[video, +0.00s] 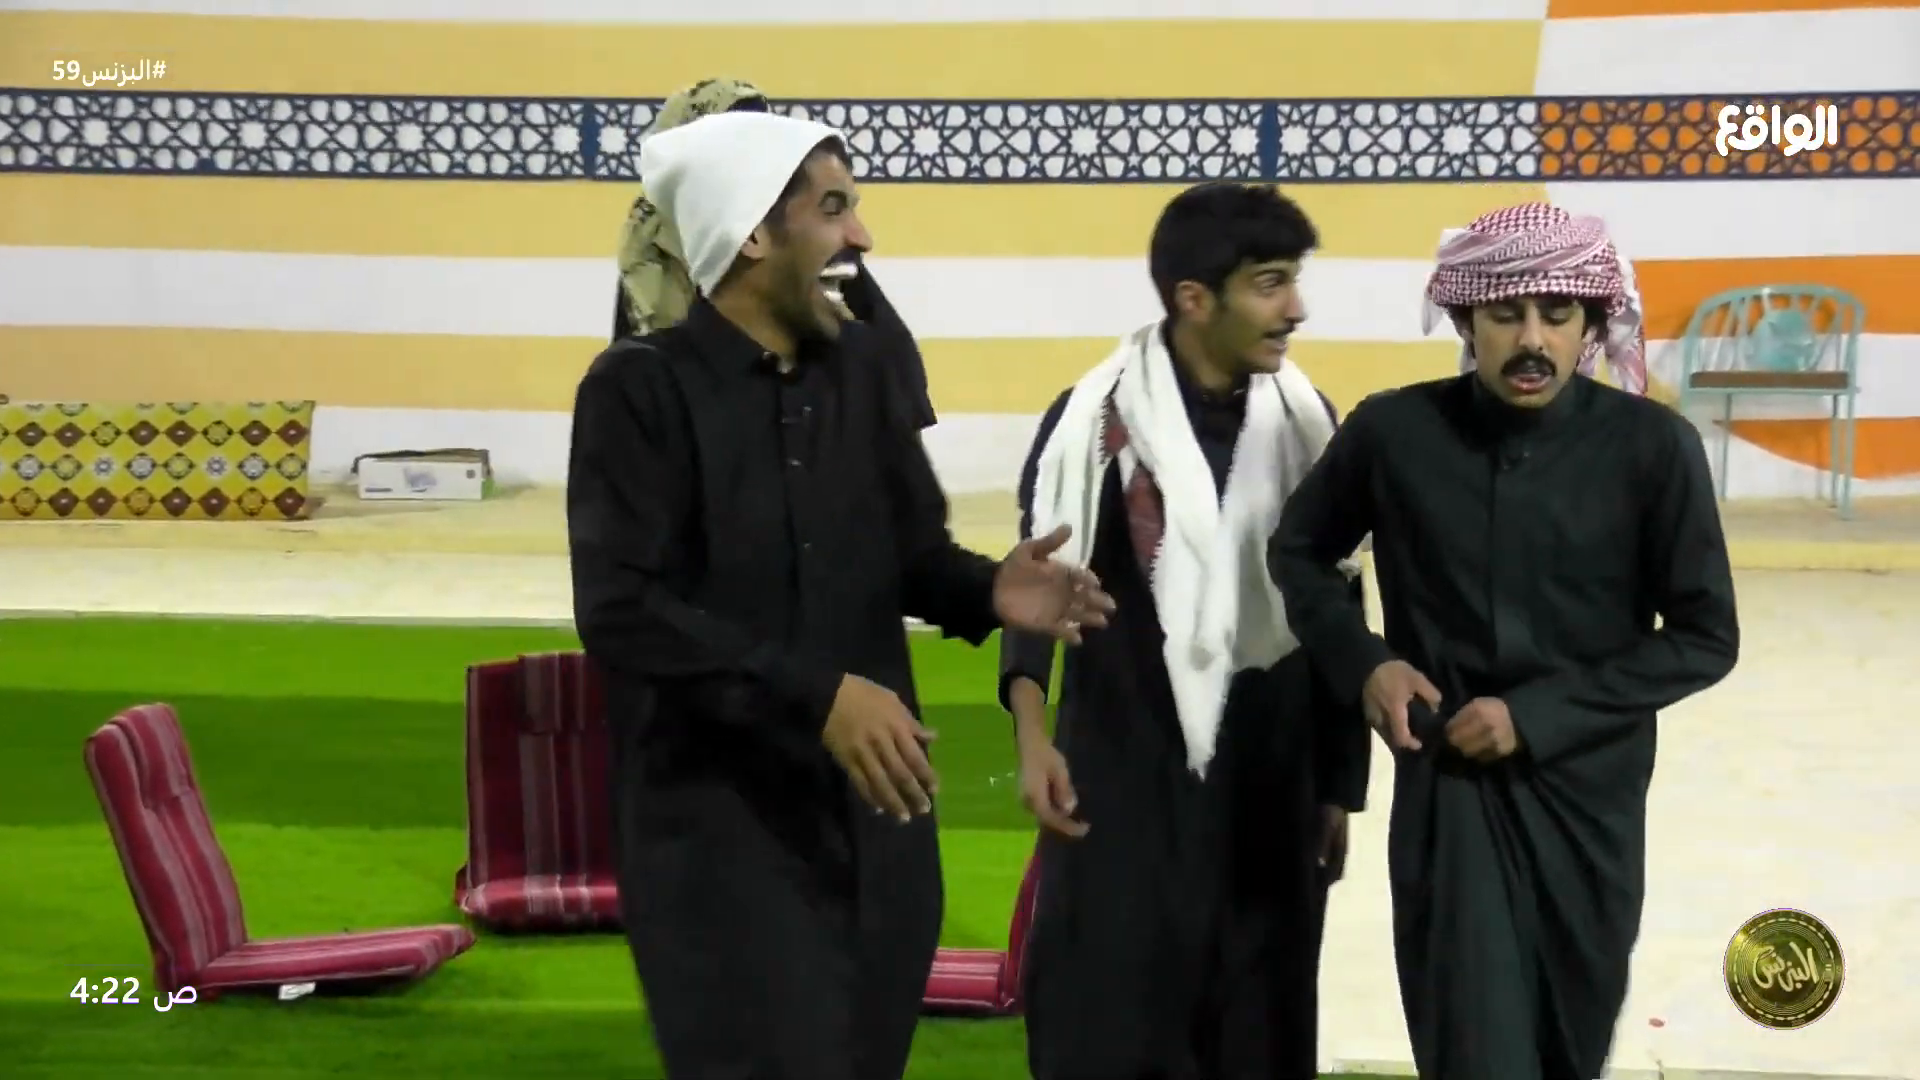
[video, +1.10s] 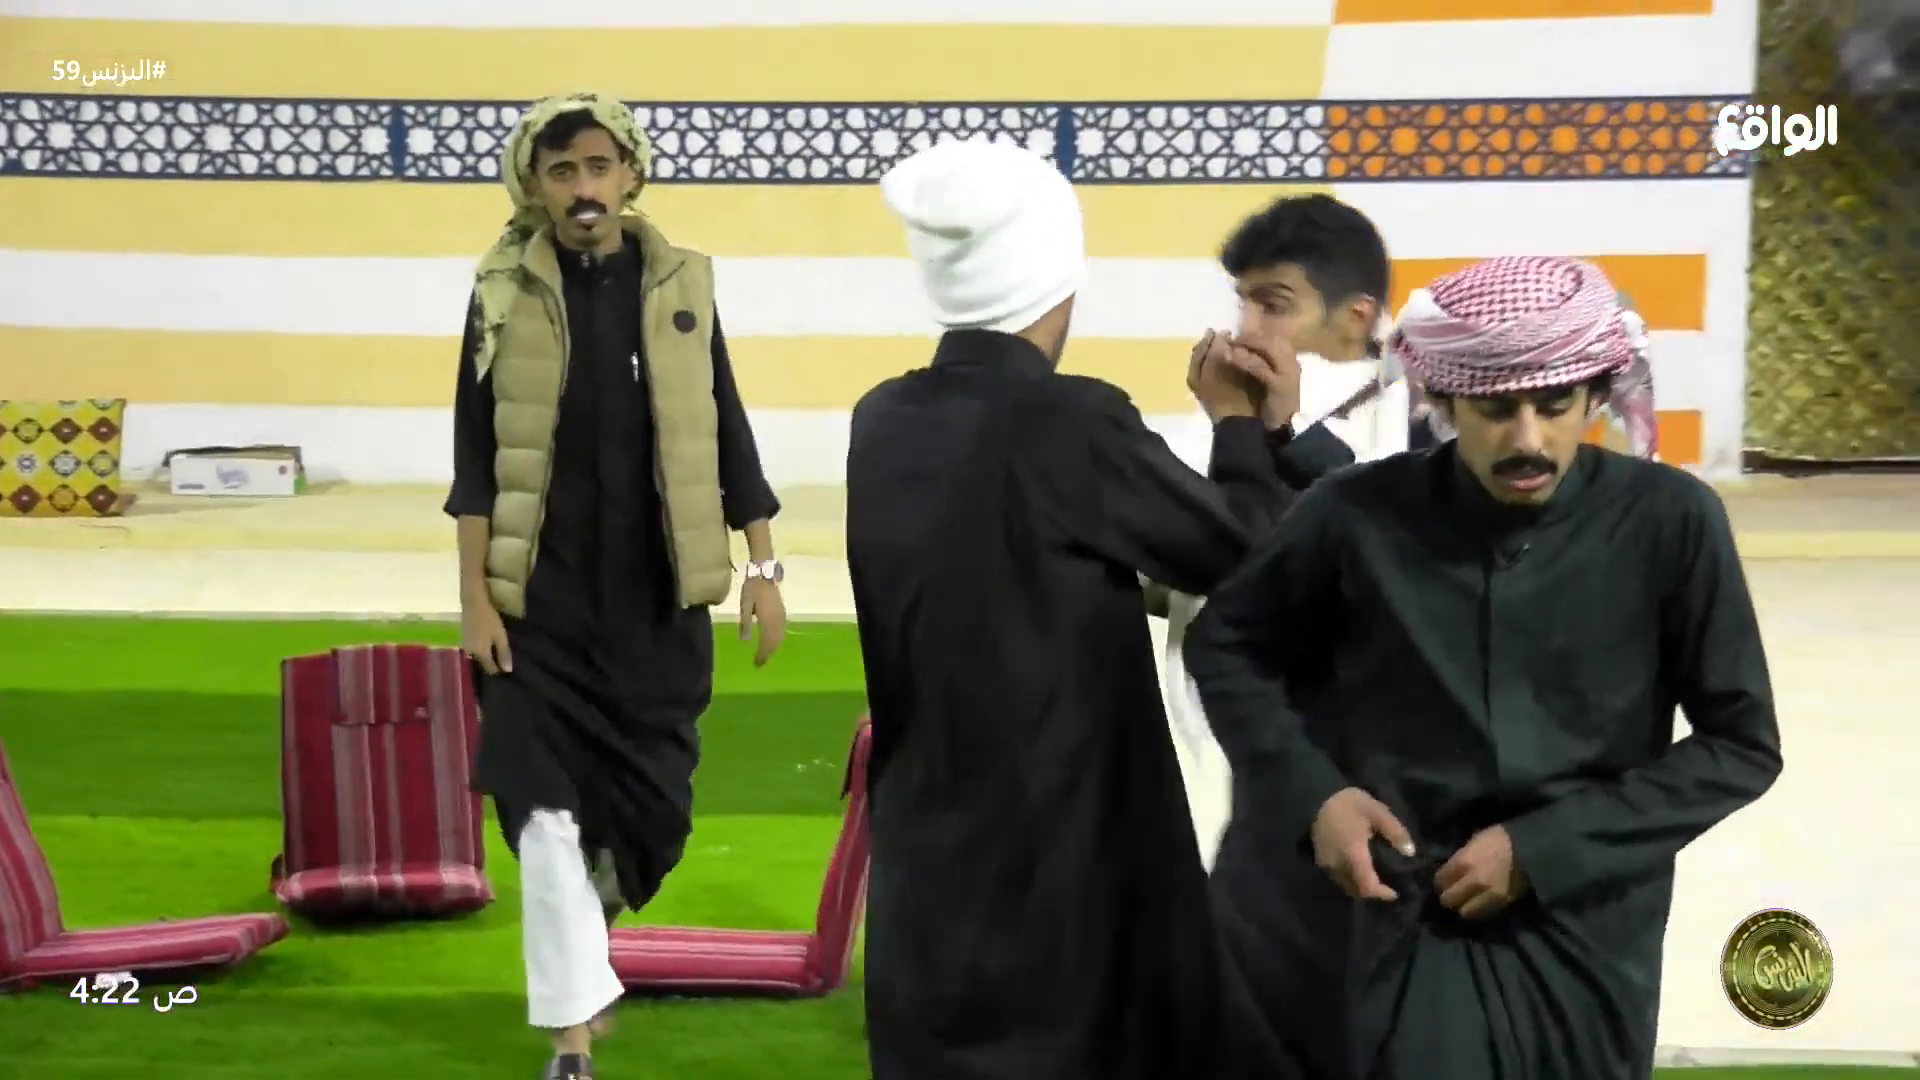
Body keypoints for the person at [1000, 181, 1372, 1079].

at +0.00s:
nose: (1295, 307)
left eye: (1295, 281)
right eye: (1272, 285)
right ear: (1191, 298)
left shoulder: (1307, 423)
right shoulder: (1087, 422)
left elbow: (1336, 611)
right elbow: (1035, 591)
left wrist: (1339, 790)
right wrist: (1033, 737)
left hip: (1269, 779)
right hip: (1127, 772)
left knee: (1257, 1021)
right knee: (1116, 1019)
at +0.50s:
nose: (1264, 321)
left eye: (1287, 293)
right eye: (1235, 295)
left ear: (1317, 302)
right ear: (1189, 306)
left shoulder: (1378, 439)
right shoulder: (1127, 459)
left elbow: (1436, 631)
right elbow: (1066, 659)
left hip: (1353, 852)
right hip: (1194, 855)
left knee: (1353, 1059)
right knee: (1194, 1053)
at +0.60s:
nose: (1262, 316)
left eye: (1285, 284)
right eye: (1230, 289)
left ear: (1313, 287)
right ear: (1184, 299)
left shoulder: (1365, 413)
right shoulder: (1131, 447)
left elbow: (1428, 581)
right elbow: (1099, 636)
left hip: (1360, 821)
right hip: (1202, 841)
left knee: (1365, 1041)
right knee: (1213, 1040)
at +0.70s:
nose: (1251, 304)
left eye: (1277, 275)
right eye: (1221, 276)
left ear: (1307, 282)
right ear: (1174, 287)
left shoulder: (1367, 416)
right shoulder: (1111, 434)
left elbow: (1432, 589)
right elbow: (1100, 629)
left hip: (1349, 816)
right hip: (1186, 821)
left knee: (1356, 1034)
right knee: (1208, 1038)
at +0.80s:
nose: (1235, 304)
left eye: (1260, 276)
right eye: (1207, 277)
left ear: (1297, 286)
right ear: (1165, 286)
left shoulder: (1359, 412)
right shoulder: (1113, 424)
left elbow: (1427, 595)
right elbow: (1093, 610)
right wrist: (1133, 496)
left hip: (1327, 809)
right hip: (1169, 813)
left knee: (1334, 1034)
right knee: (1189, 1035)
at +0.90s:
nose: (1192, 296)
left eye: (1224, 271)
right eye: (1176, 269)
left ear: (1290, 289)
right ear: (1158, 279)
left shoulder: (1370, 416)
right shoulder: (1120, 416)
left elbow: (1408, 593)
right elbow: (1099, 601)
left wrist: (1324, 482)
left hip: (1317, 790)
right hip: (1166, 792)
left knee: (1315, 1026)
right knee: (1173, 1026)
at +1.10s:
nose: (1248, 335)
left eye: (1276, 305)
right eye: (1245, 306)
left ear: (1361, 315)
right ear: (1234, 309)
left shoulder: (1426, 423)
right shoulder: (1228, 444)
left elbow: (1431, 583)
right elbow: (1198, 624)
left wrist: (1297, 435)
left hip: (1408, 809)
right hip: (1267, 810)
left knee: (1383, 1041)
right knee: (1251, 1029)